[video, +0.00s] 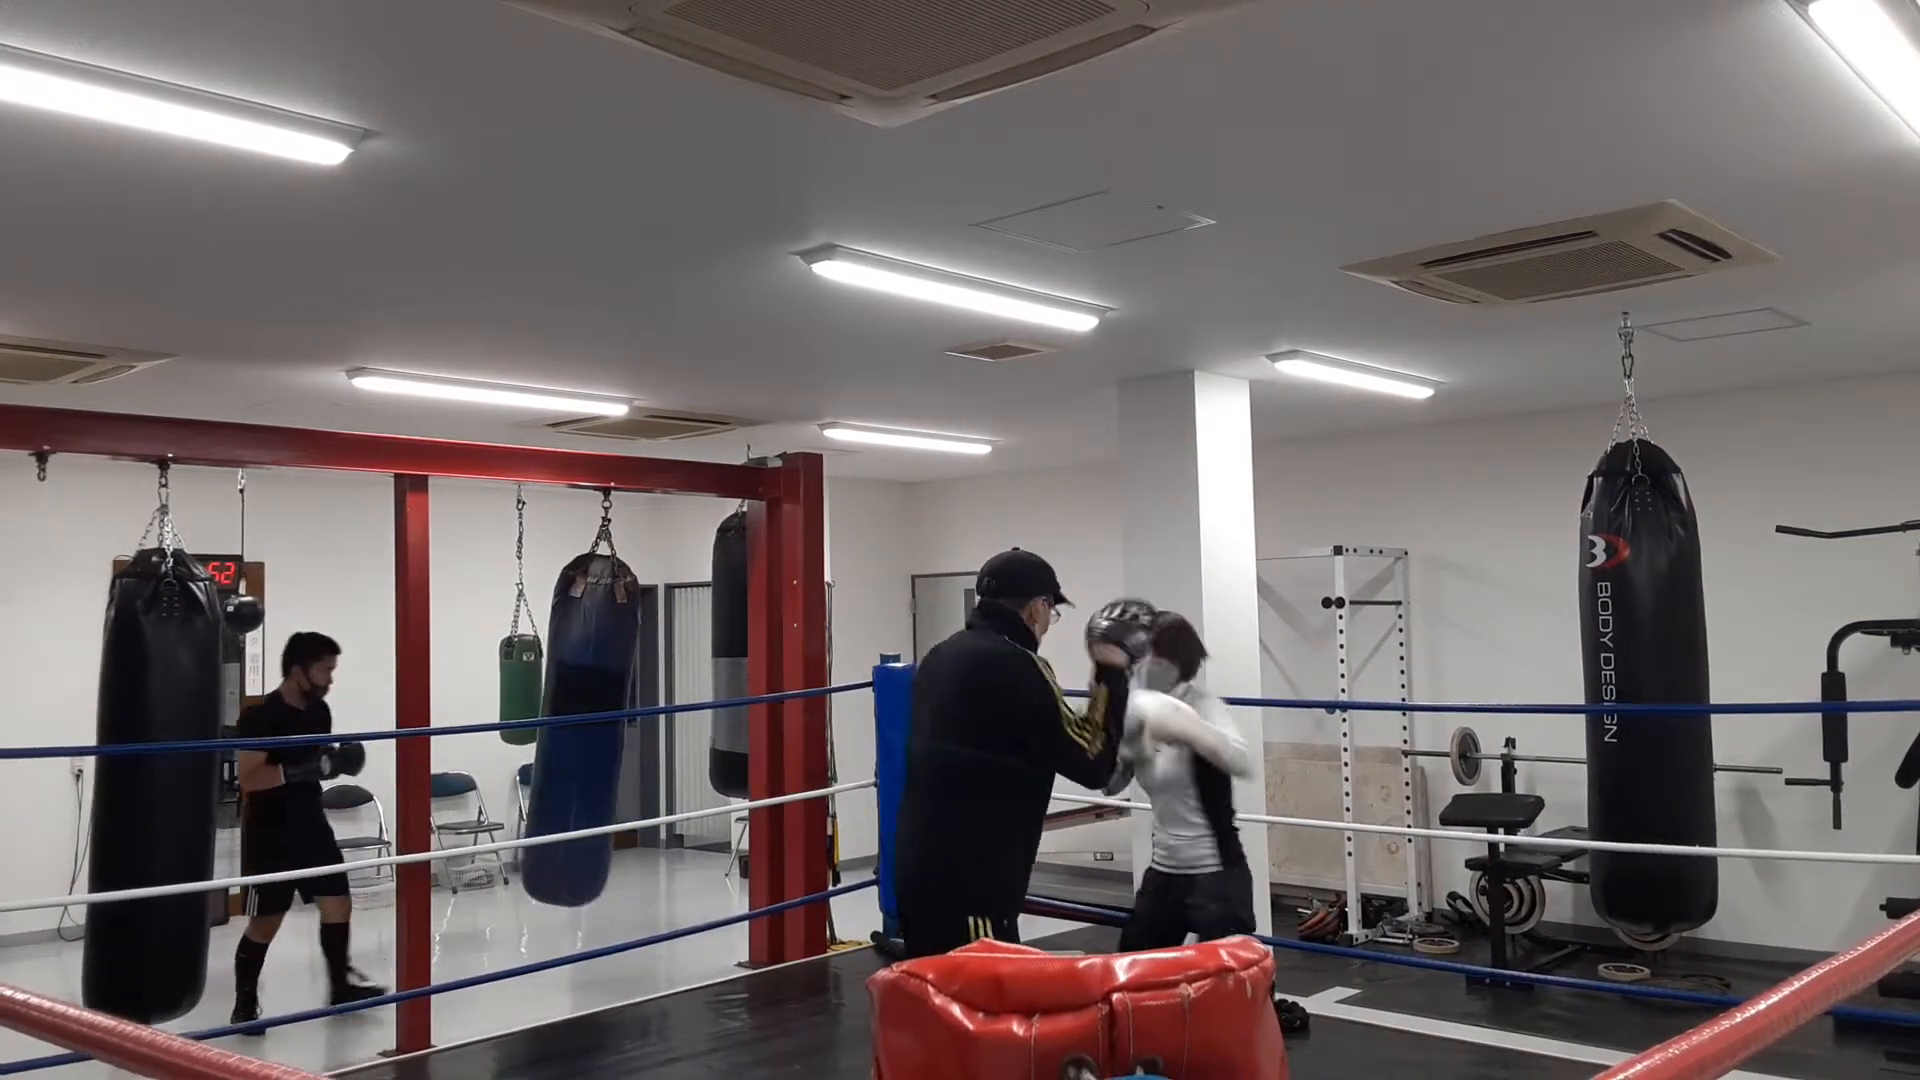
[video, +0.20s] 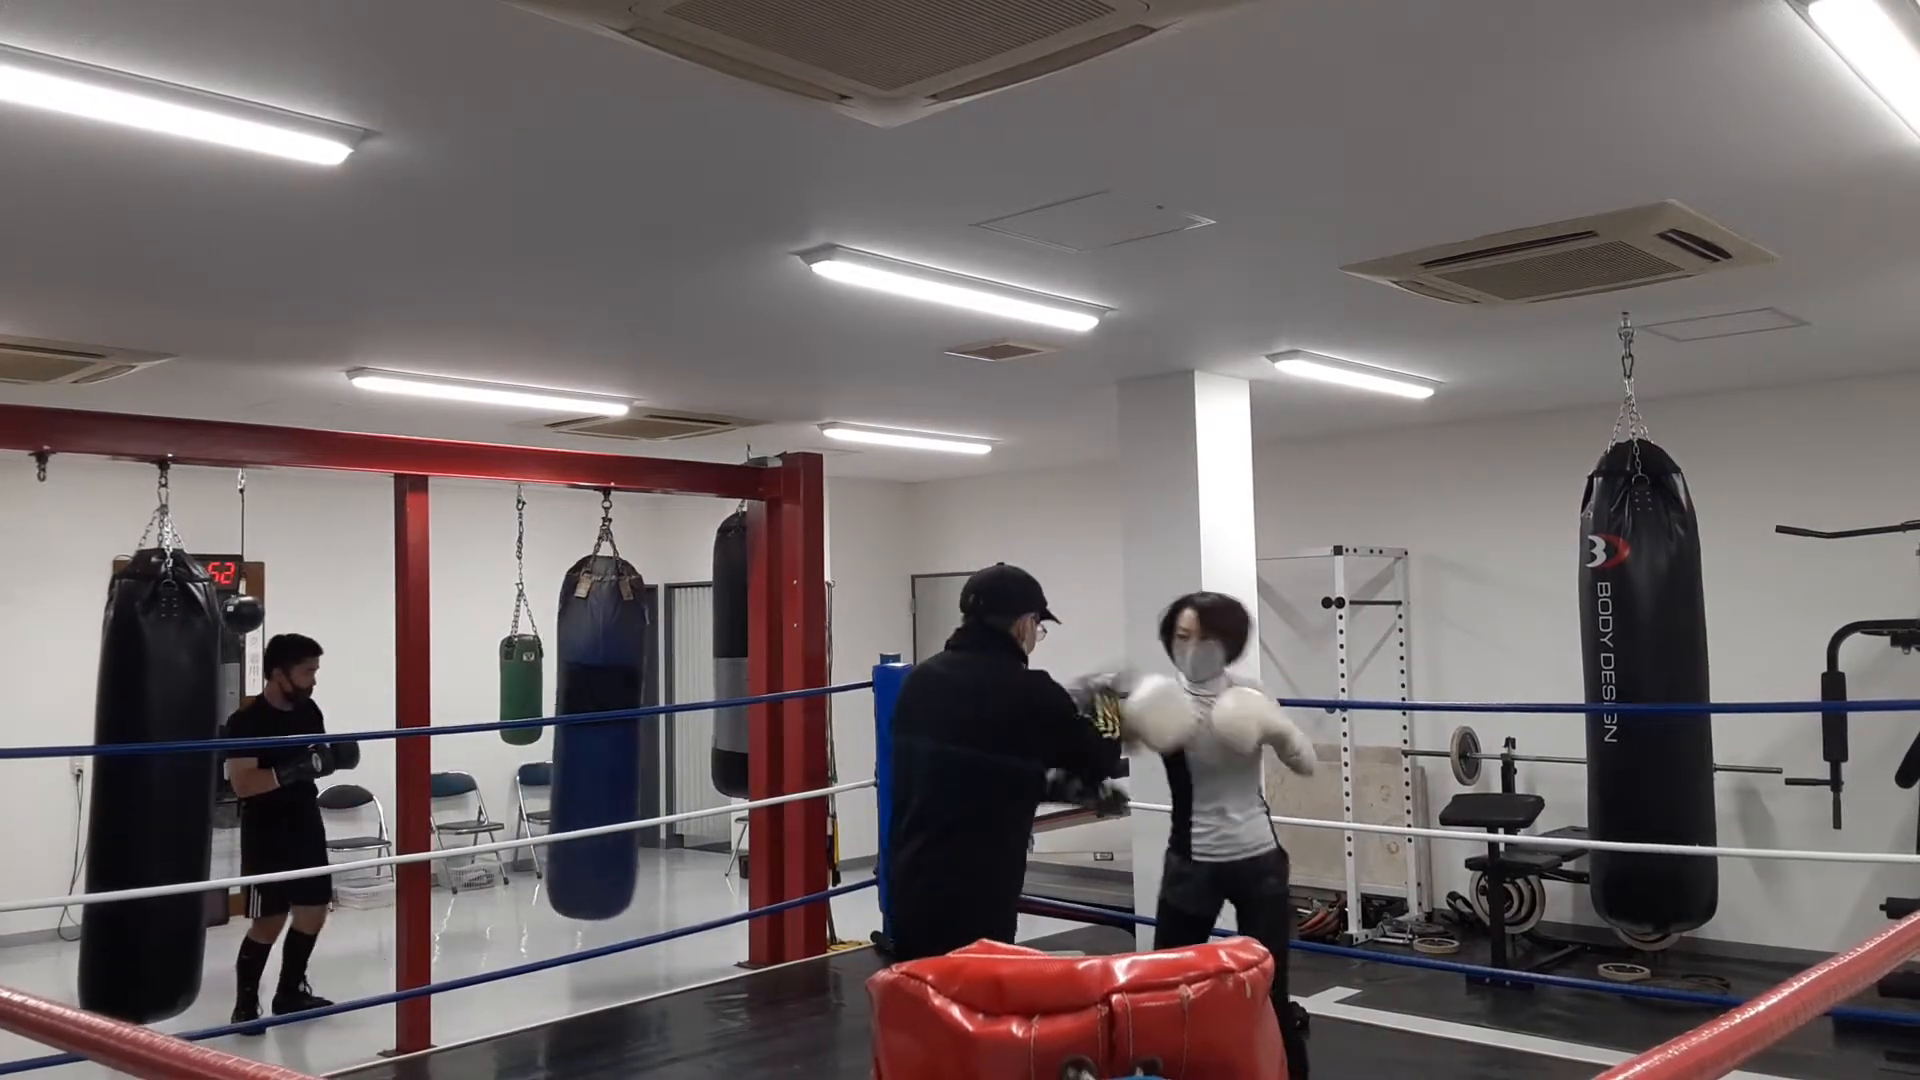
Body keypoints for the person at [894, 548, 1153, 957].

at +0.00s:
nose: (1051, 623)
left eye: (1053, 611)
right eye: (1051, 610)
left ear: (988, 602)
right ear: (1035, 608)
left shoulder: (936, 660)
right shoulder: (1017, 667)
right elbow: (1094, 764)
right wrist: (1111, 673)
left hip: (918, 879)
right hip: (979, 886)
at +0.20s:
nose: (1039, 637)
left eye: (1041, 627)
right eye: (1038, 626)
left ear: (974, 616)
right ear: (1023, 625)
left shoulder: (919, 680)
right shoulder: (1031, 690)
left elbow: (972, 772)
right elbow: (1099, 761)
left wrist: (1062, 788)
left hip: (911, 881)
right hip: (984, 885)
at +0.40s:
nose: (1019, 627)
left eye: (1021, 616)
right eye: (1019, 615)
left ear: (952, 608)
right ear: (1001, 612)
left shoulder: (901, 677)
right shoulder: (1010, 680)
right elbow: (1077, 791)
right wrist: (1096, 699)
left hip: (904, 895)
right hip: (986, 898)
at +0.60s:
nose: (1017, 620)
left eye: (1021, 609)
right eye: (1018, 607)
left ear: (949, 598)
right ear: (1001, 603)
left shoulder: (900, 662)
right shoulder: (991, 680)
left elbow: (964, 693)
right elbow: (1065, 791)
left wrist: (1044, 675)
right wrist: (1088, 683)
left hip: (887, 895)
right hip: (960, 904)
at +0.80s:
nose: (1025, 624)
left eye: (1028, 613)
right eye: (1026, 611)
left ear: (957, 600)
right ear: (1006, 606)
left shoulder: (907, 663)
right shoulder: (988, 679)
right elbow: (1066, 792)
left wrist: (1072, 696)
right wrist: (1086, 685)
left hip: (878, 901)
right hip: (945, 912)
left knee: (895, 1053)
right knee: (951, 1053)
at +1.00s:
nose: (1030, 632)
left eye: (1034, 619)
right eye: (1031, 617)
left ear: (960, 605)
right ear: (1010, 610)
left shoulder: (902, 670)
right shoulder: (996, 683)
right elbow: (1071, 770)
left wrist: (1021, 687)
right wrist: (1119, 689)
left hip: (872, 902)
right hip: (943, 910)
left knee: (894, 1053)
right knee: (947, 1054)